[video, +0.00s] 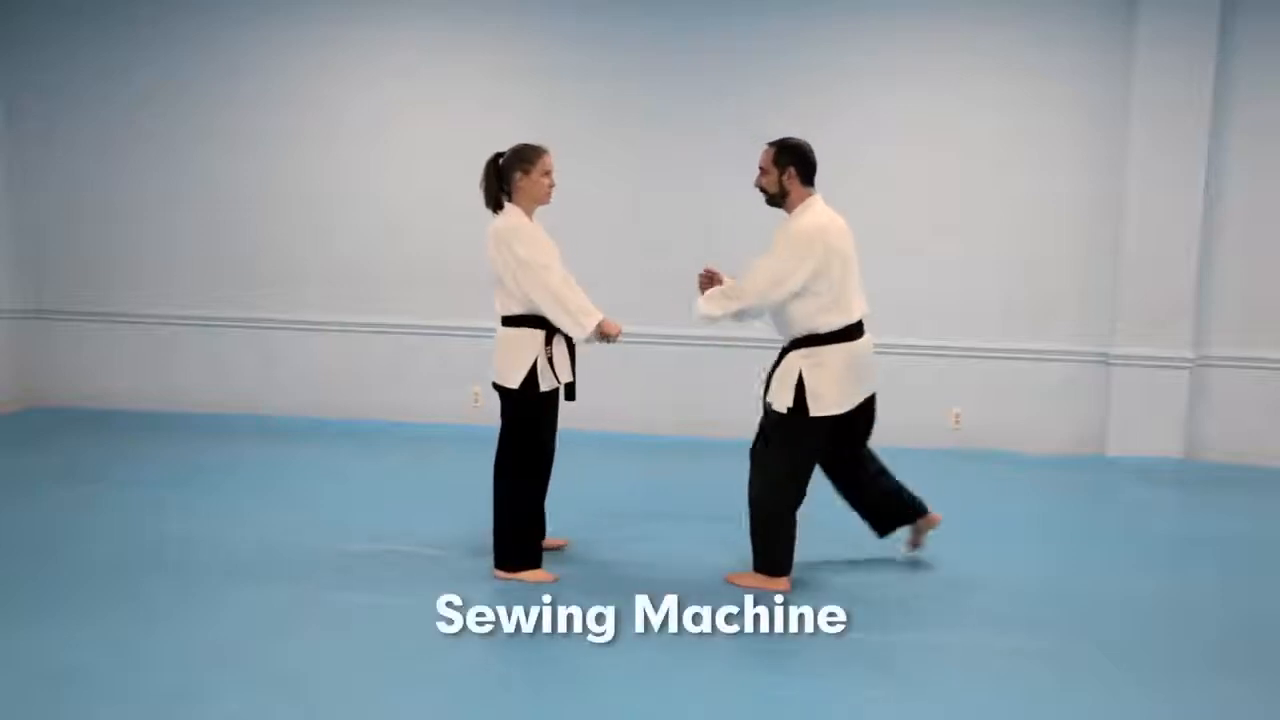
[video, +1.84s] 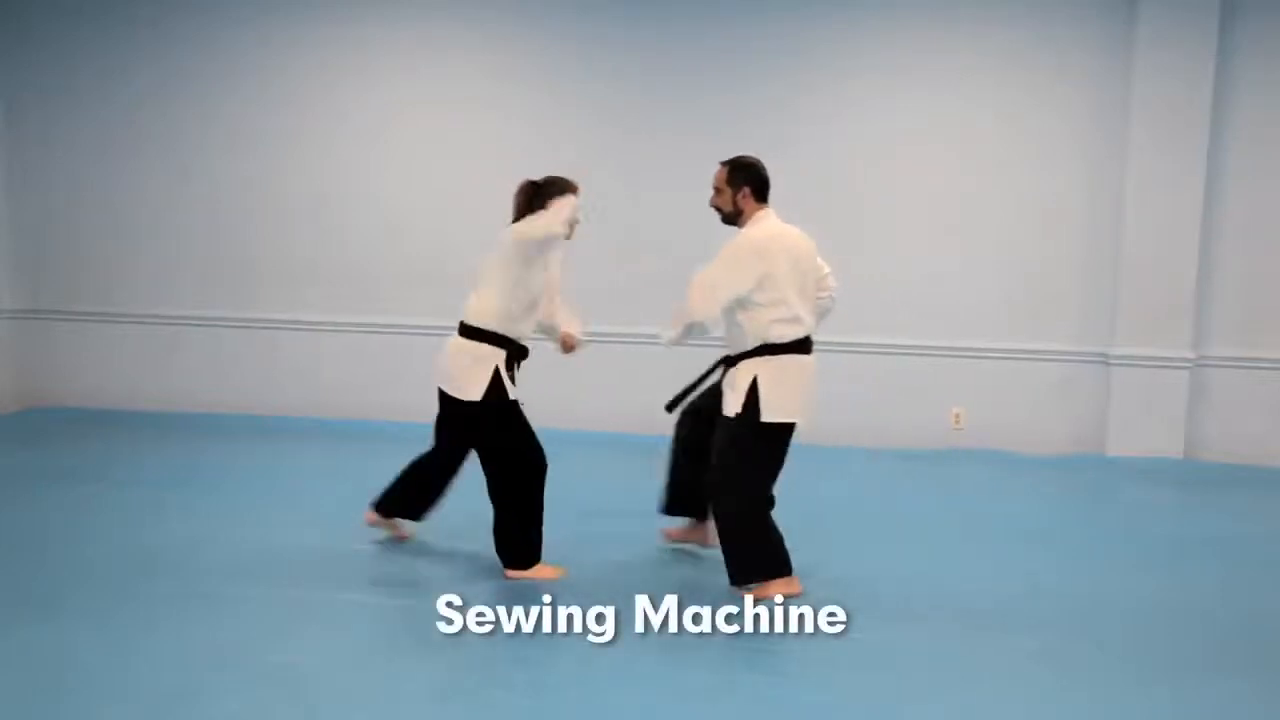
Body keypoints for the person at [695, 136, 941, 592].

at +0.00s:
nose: (757, 179)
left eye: (763, 172)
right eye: (758, 171)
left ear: (789, 175)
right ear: (795, 176)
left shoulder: (802, 229)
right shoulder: (829, 221)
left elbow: (760, 292)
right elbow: (787, 292)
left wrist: (712, 298)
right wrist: (731, 289)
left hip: (814, 368)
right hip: (851, 361)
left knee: (774, 466)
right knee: (842, 452)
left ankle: (771, 572)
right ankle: (915, 515)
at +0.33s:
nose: (801, 207)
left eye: (808, 199)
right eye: (803, 199)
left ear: (836, 203)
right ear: (839, 204)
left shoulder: (850, 255)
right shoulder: (864, 249)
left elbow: (796, 314)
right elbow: (817, 318)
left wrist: (752, 316)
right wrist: (788, 324)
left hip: (848, 389)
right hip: (876, 384)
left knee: (777, 460)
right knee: (908, 466)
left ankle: (771, 570)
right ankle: (972, 542)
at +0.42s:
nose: (806, 209)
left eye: (814, 201)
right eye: (808, 200)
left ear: (841, 205)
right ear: (844, 207)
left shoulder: (853, 258)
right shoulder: (868, 253)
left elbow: (801, 314)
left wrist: (752, 321)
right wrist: (794, 326)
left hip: (848, 392)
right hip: (875, 387)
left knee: (775, 457)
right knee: (908, 469)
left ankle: (769, 570)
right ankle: (973, 544)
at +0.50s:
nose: (809, 211)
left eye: (816, 203)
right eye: (811, 202)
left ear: (844, 209)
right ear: (847, 210)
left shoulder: (853, 263)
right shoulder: (874, 258)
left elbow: (803, 319)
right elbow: (903, 312)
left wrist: (755, 321)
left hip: (844, 396)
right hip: (875, 391)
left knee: (772, 458)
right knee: (906, 471)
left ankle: (768, 570)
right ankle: (973, 545)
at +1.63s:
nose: (764, 202)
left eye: (771, 194)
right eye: (765, 194)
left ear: (797, 198)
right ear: (804, 198)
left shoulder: (805, 248)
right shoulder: (842, 243)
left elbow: (743, 305)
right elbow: (874, 299)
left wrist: (720, 316)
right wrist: (838, 337)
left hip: (801, 386)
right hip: (838, 381)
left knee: (750, 473)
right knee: (836, 470)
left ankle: (776, 578)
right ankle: (917, 525)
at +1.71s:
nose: (743, 201)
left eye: (749, 192)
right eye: (744, 191)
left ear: (776, 195)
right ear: (785, 196)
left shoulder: (780, 246)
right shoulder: (827, 240)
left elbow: (723, 304)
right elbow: (857, 291)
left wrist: (704, 322)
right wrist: (824, 329)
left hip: (785, 381)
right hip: (823, 377)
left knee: (741, 473)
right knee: (780, 462)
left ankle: (774, 578)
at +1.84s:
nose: (712, 200)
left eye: (718, 191)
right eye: (713, 190)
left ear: (745, 195)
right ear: (753, 195)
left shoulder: (750, 244)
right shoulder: (797, 239)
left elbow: (700, 308)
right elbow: (825, 293)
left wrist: (679, 331)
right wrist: (790, 331)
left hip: (762, 379)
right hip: (793, 374)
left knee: (737, 482)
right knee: (696, 421)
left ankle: (774, 578)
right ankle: (701, 523)